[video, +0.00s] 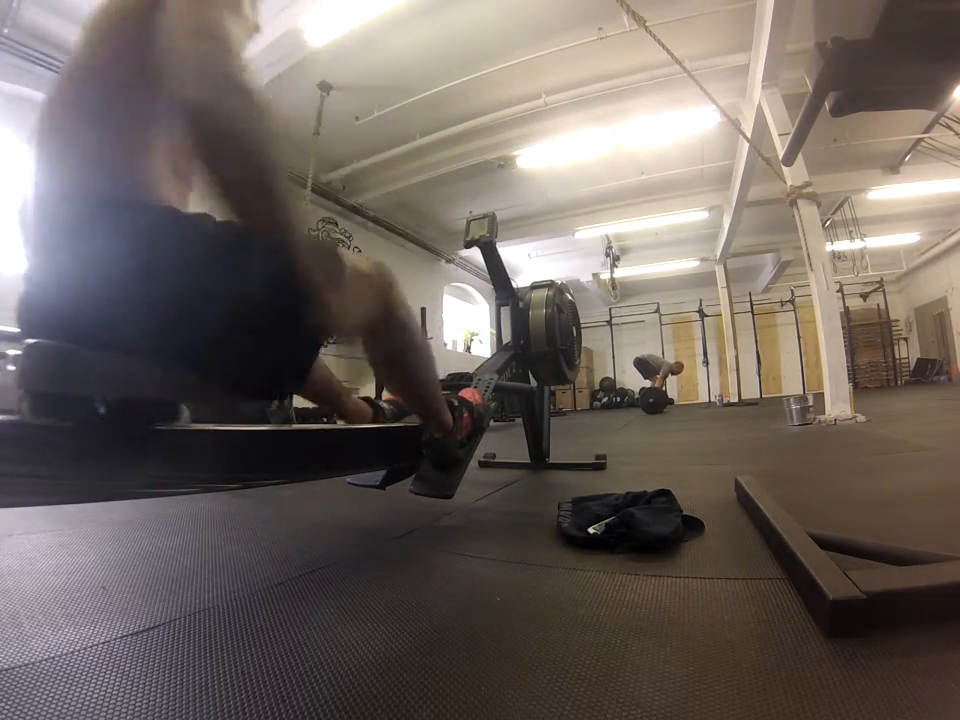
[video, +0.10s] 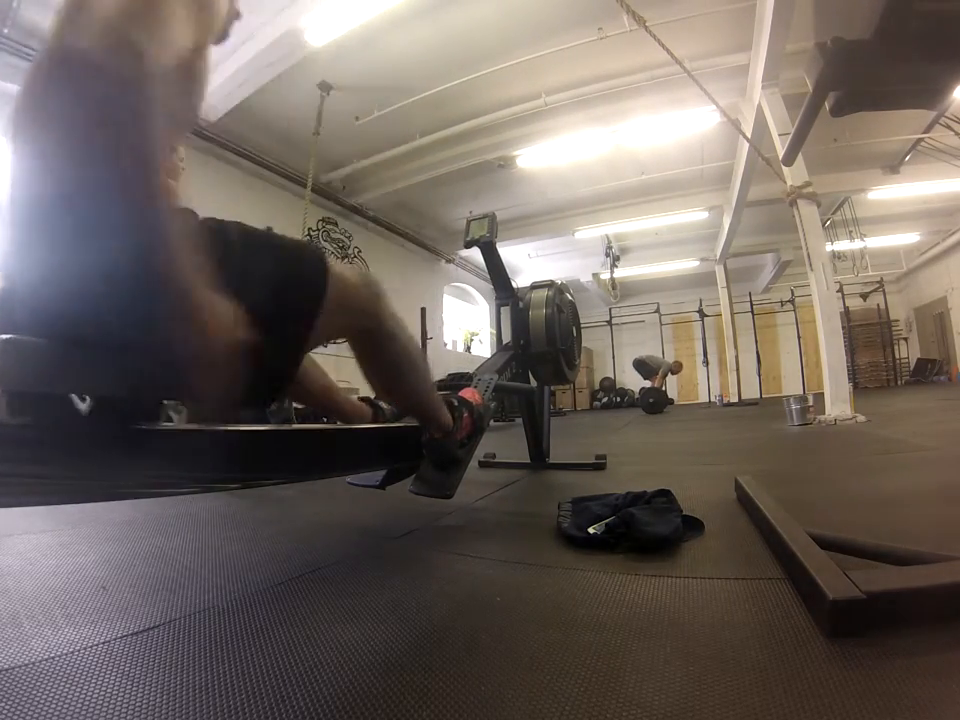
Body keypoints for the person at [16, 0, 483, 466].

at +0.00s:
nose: (243, 35)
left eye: (245, 32)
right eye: (240, 24)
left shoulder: (107, 48)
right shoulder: (184, 12)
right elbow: (210, 101)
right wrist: (302, 262)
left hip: (56, 286)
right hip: (129, 272)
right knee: (376, 289)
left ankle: (359, 413)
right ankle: (445, 428)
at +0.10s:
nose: (227, 29)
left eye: (226, 31)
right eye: (226, 23)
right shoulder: (178, 8)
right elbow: (121, 72)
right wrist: (194, 293)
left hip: (49, 261)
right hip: (117, 252)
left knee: (244, 310)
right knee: (360, 294)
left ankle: (358, 415)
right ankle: (445, 424)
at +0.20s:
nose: (214, 17)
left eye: (217, 14)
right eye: (215, 7)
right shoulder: (160, 10)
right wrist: (132, 260)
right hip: (113, 229)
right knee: (349, 314)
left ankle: (359, 422)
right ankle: (444, 430)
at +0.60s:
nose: (187, 10)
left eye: (178, 14)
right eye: (178, 9)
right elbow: (80, 23)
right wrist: (189, 212)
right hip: (51, 213)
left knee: (282, 388)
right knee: (322, 342)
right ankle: (442, 426)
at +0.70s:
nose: (185, 26)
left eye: (186, 23)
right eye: (185, 16)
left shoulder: (31, 23)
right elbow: (120, 29)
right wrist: (210, 219)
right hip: (66, 223)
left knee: (269, 381)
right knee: (322, 349)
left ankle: (382, 427)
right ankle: (444, 426)